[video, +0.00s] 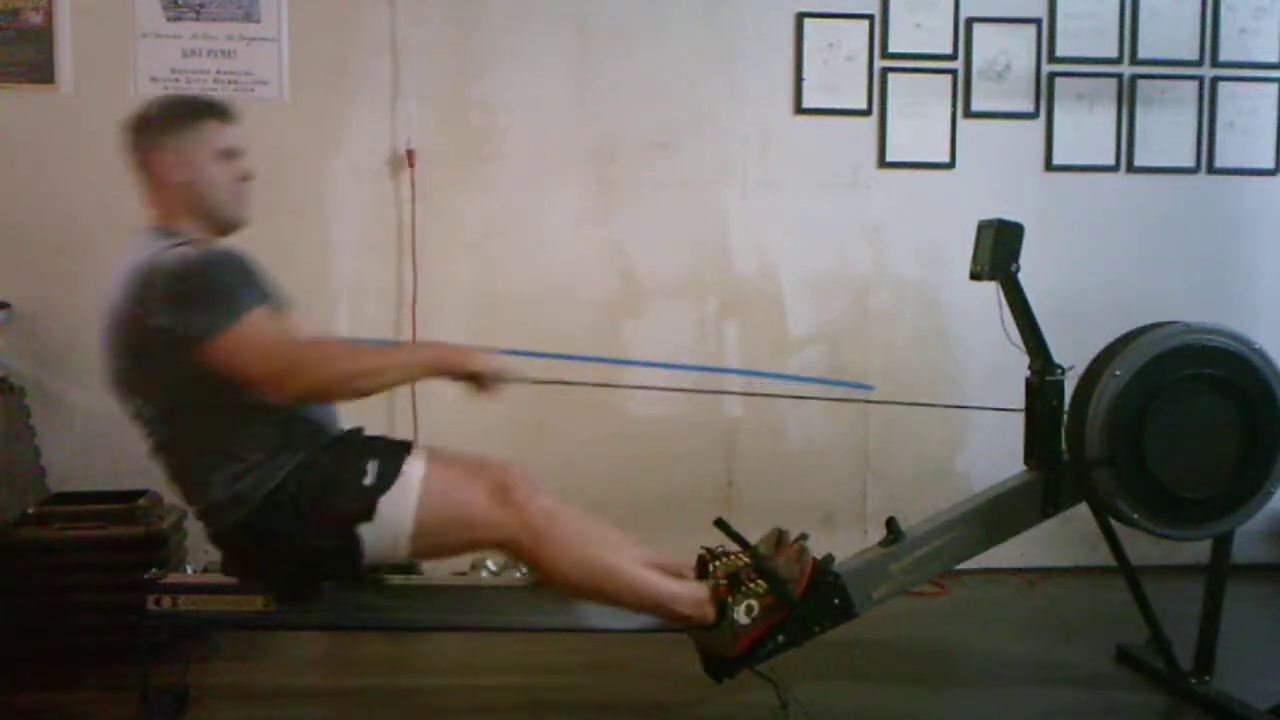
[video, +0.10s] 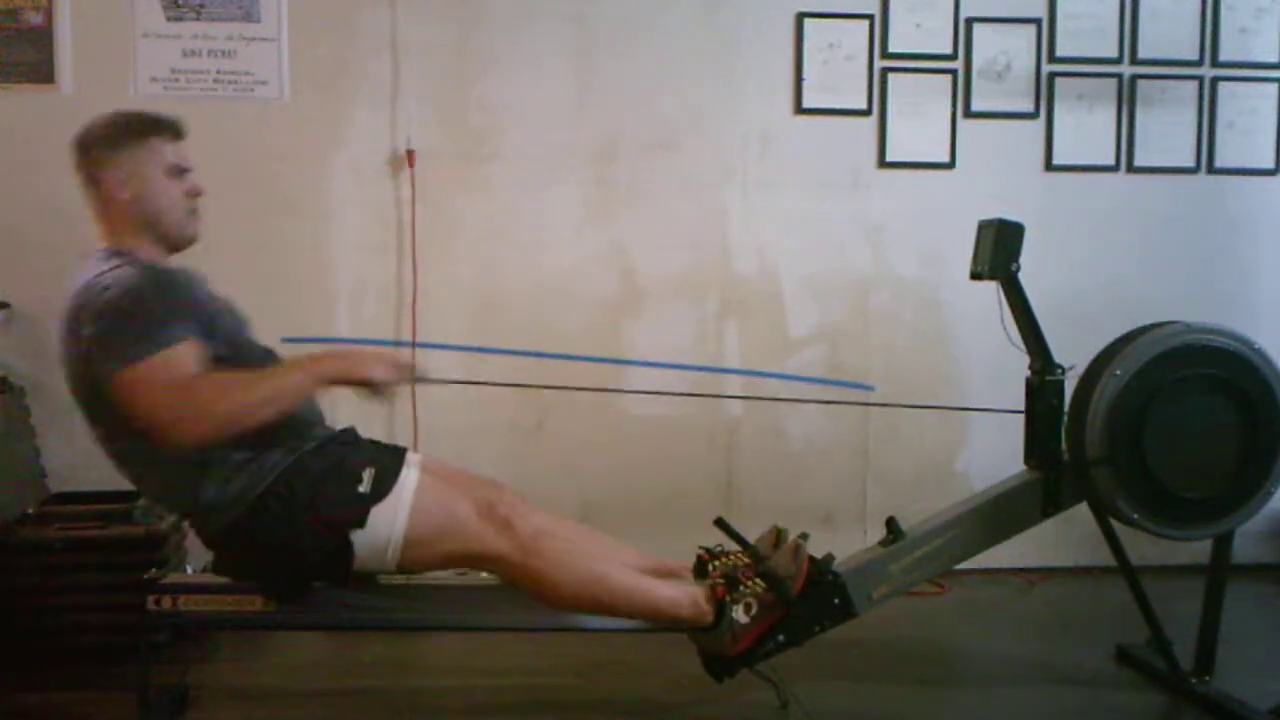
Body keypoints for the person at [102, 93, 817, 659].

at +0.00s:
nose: (244, 171)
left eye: (241, 155)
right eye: (225, 156)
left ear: (192, 173)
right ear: (162, 173)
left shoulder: (188, 268)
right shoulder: (181, 273)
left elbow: (292, 365)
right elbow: (287, 371)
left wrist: (426, 359)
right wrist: (439, 359)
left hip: (293, 483)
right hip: (287, 497)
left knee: (509, 493)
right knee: (509, 500)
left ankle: (704, 585)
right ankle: (710, 613)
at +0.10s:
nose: (195, 192)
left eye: (190, 176)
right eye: (175, 175)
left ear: (125, 188)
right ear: (113, 188)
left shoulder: (154, 287)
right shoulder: (120, 296)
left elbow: (204, 403)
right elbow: (184, 414)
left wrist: (324, 375)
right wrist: (329, 368)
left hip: (296, 479)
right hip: (277, 501)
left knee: (500, 508)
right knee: (497, 525)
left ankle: (703, 594)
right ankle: (710, 612)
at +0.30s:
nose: (167, 206)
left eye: (163, 190)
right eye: (146, 191)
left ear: (115, 206)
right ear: (86, 207)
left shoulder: (133, 297)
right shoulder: (74, 301)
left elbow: (159, 405)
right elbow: (45, 440)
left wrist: (232, 355)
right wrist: (171, 359)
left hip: (306, 469)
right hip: (274, 499)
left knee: (500, 511)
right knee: (492, 525)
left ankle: (702, 592)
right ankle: (709, 612)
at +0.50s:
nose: (191, 206)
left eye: (188, 190)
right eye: (171, 189)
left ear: (139, 202)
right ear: (109, 201)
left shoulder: (151, 294)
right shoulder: (96, 298)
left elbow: (158, 414)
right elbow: (101, 435)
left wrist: (265, 380)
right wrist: (238, 366)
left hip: (306, 472)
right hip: (278, 502)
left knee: (500, 508)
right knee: (493, 529)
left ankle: (705, 593)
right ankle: (708, 611)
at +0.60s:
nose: (215, 201)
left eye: (212, 184)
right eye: (197, 183)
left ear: (156, 192)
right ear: (133, 190)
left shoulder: (165, 289)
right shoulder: (117, 296)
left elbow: (208, 406)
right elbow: (164, 432)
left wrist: (314, 392)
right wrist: (306, 385)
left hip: (292, 477)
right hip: (271, 504)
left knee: (496, 503)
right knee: (492, 523)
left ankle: (703, 594)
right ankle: (709, 610)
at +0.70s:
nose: (244, 194)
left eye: (242, 177)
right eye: (227, 177)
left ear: (181, 184)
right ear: (161, 182)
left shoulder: (197, 284)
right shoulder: (147, 288)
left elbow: (268, 396)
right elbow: (227, 418)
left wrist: (375, 402)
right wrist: (375, 400)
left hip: (294, 482)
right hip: (267, 509)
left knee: (497, 500)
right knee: (492, 517)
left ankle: (705, 589)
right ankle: (713, 614)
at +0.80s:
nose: (276, 188)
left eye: (275, 172)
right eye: (258, 171)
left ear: (212, 177)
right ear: (194, 175)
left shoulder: (229, 272)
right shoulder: (178, 280)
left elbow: (316, 370)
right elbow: (289, 393)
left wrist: (432, 405)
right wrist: (444, 408)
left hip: (304, 480)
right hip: (274, 518)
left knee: (491, 486)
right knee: (495, 510)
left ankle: (699, 582)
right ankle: (709, 615)